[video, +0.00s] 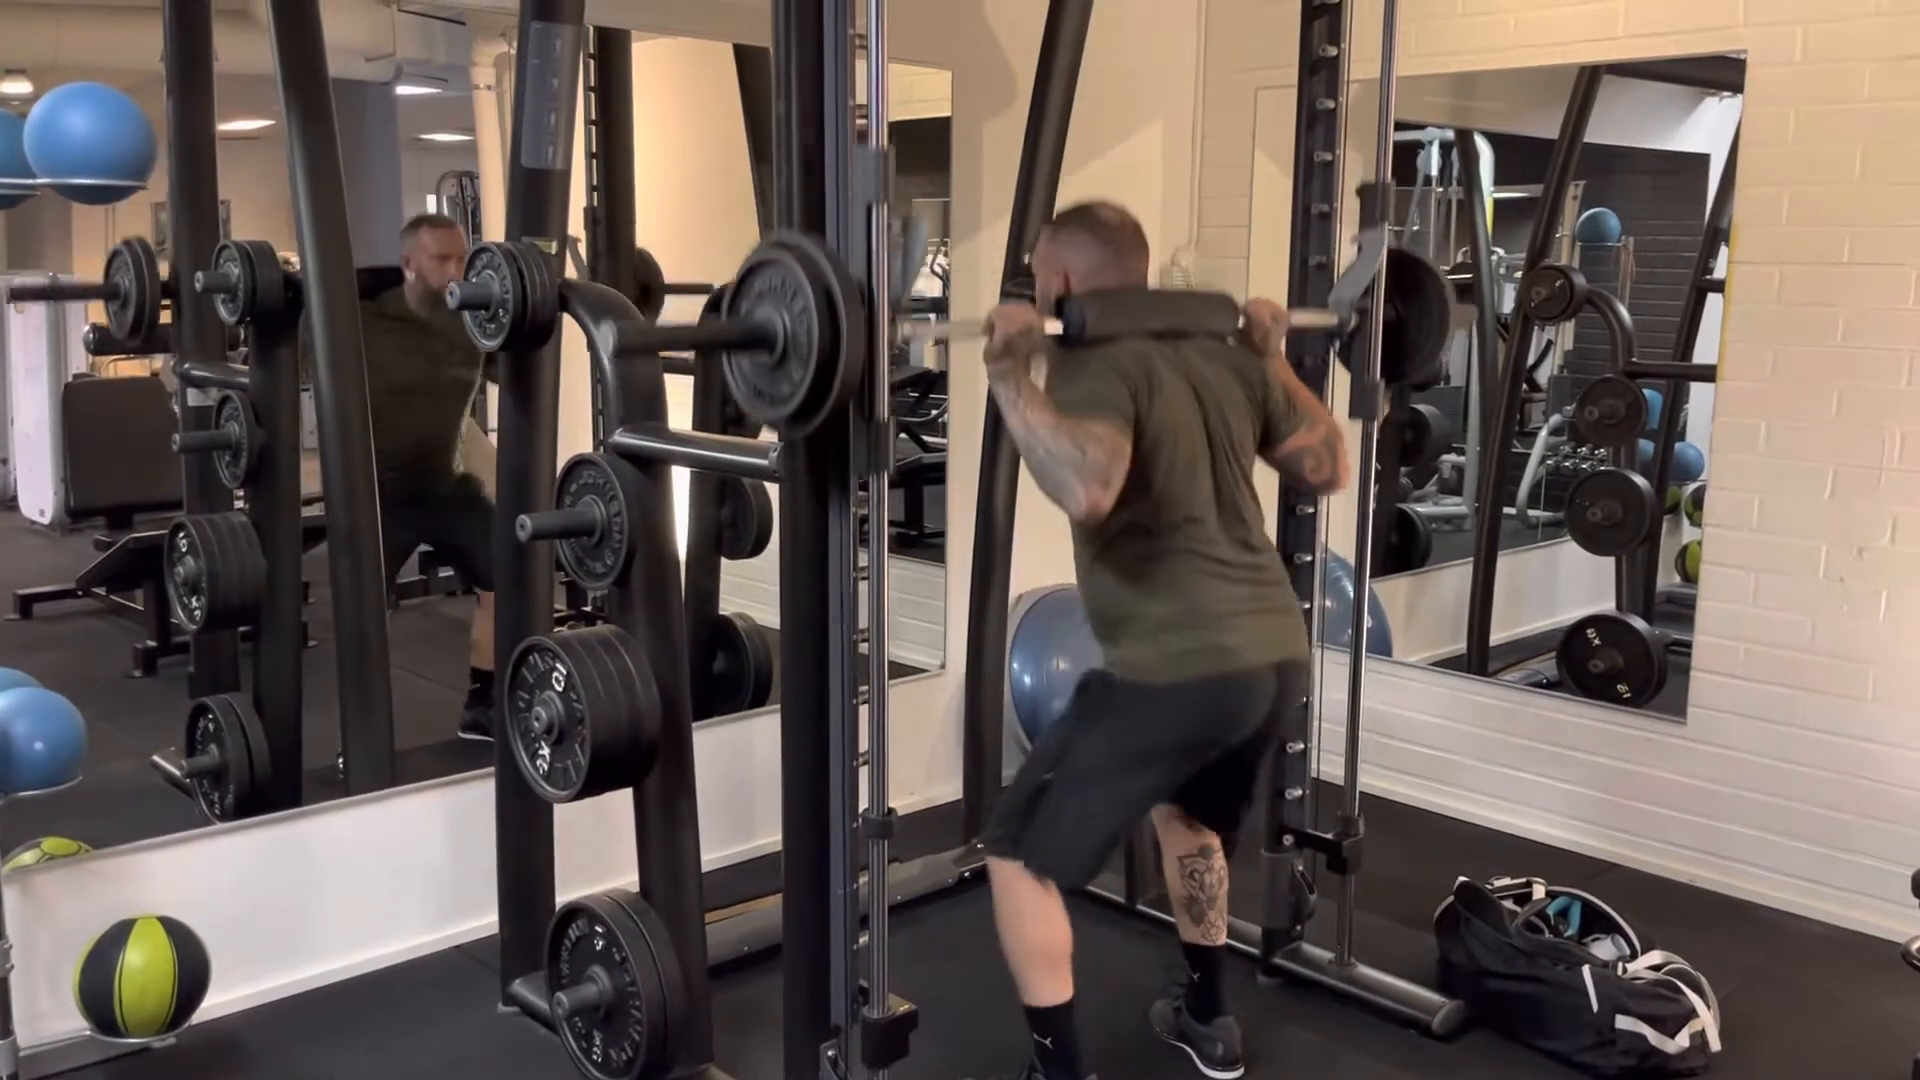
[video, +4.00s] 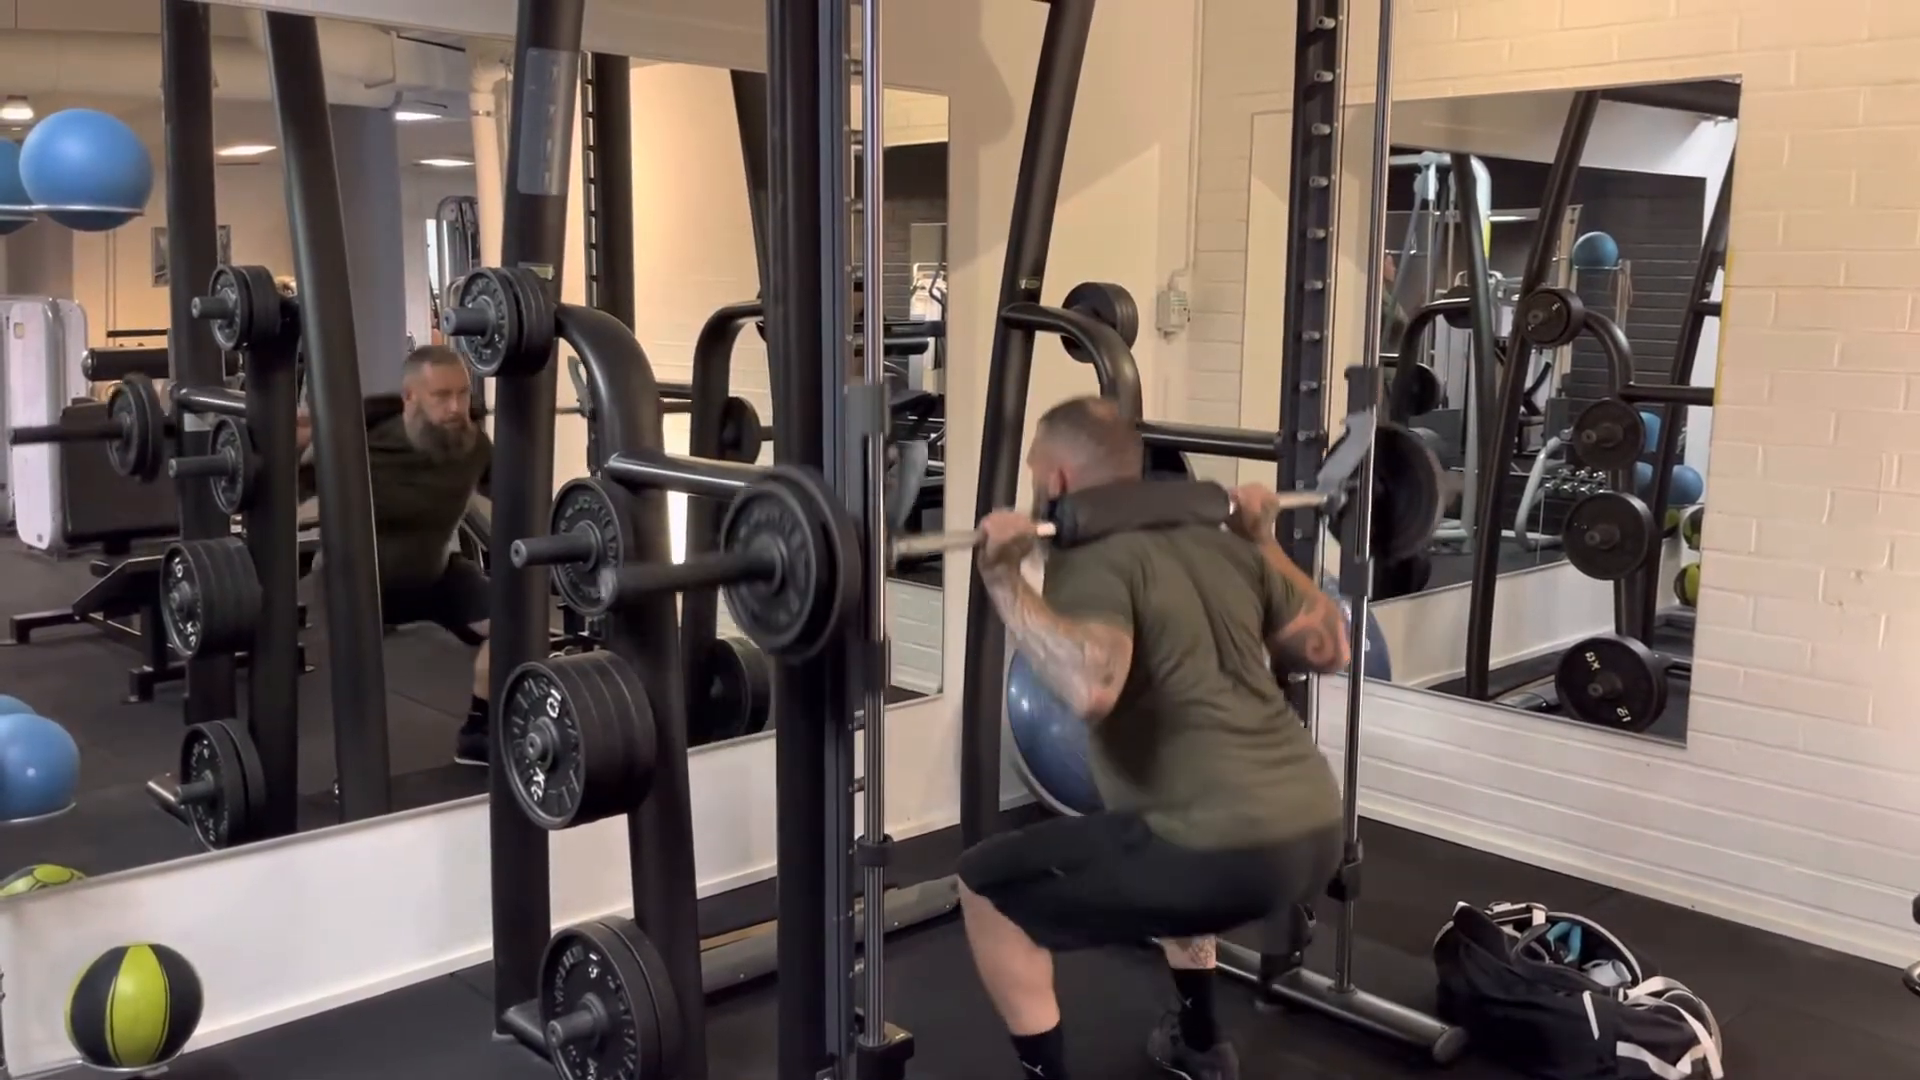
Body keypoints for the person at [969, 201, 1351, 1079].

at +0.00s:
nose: (1040, 300)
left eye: (1045, 284)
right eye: (1040, 284)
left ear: (1071, 280)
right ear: (1140, 271)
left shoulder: (1101, 361)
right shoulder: (1228, 351)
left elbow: (1087, 484)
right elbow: (1324, 464)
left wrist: (1011, 376)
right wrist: (1275, 356)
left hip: (1173, 674)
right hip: (1271, 664)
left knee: (1019, 850)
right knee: (1187, 810)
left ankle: (1058, 1067)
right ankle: (1210, 1022)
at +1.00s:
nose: (1034, 524)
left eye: (1035, 508)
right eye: (1033, 507)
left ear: (1058, 515)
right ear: (1132, 503)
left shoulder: (1094, 591)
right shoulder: (1222, 575)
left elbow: (1091, 729)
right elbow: (1329, 674)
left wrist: (1004, 621)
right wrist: (1265, 568)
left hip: (1209, 892)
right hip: (1309, 876)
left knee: (977, 863)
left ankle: (1050, 1067)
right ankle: (1203, 1021)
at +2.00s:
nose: (1037, 223)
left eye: (1041, 207)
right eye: (1043, 207)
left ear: (1063, 208)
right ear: (1141, 205)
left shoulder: (1087, 302)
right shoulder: (1210, 299)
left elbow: (1074, 429)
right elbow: (1305, 420)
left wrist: (1001, 309)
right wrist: (1266, 310)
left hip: (1119, 622)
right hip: (1216, 608)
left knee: (1057, 854)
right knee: (1186, 825)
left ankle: (1056, 1067)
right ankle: (1203, 1032)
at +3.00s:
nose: (1028, 422)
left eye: (1030, 408)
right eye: (1028, 409)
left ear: (1048, 416)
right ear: (1127, 402)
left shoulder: (1093, 486)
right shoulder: (1222, 477)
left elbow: (1089, 615)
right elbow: (1327, 579)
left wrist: (999, 506)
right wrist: (1265, 476)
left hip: (1186, 798)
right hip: (1285, 782)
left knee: (981, 883)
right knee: (1159, 844)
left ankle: (1045, 1068)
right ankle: (1200, 1033)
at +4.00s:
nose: (1034, 490)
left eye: (1035, 475)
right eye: (1033, 475)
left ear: (1058, 480)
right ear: (1134, 467)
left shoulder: (1095, 555)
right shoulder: (1221, 544)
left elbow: (1091, 684)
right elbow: (1329, 643)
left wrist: (1001, 575)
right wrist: (1264, 540)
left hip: (1209, 850)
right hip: (1313, 836)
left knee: (986, 884)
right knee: (1150, 839)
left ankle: (1046, 1070)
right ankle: (1200, 1038)